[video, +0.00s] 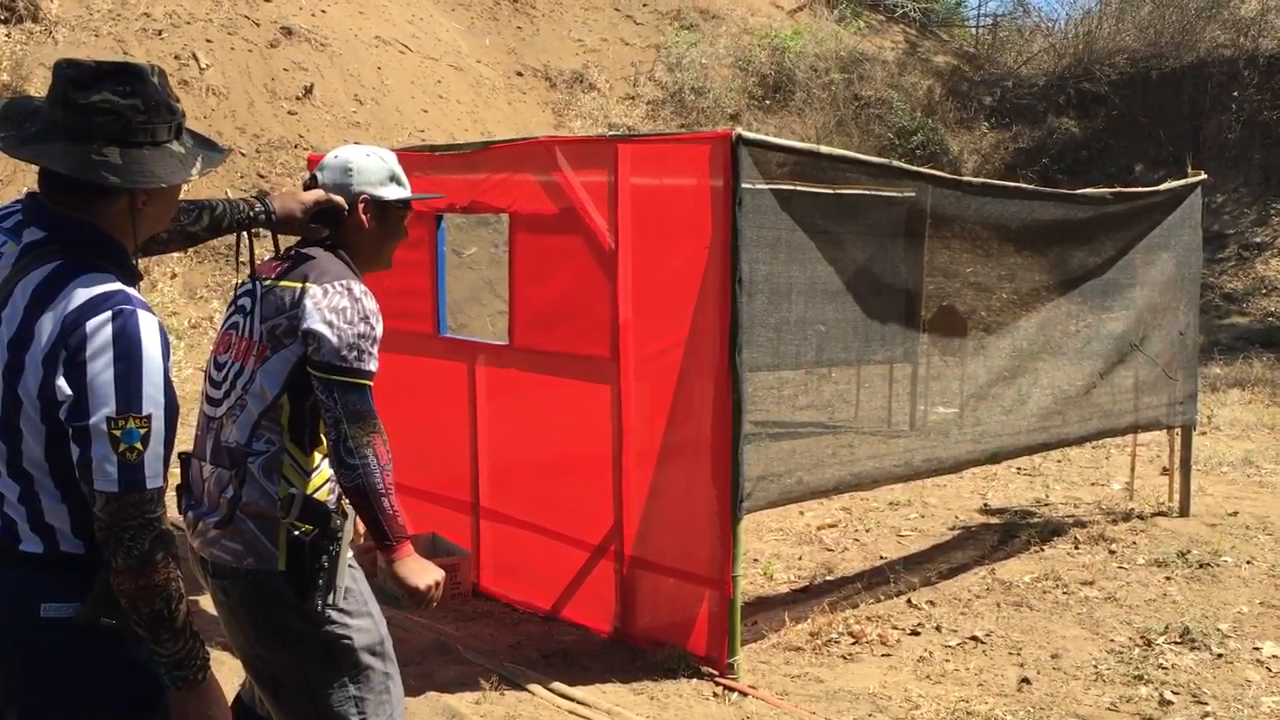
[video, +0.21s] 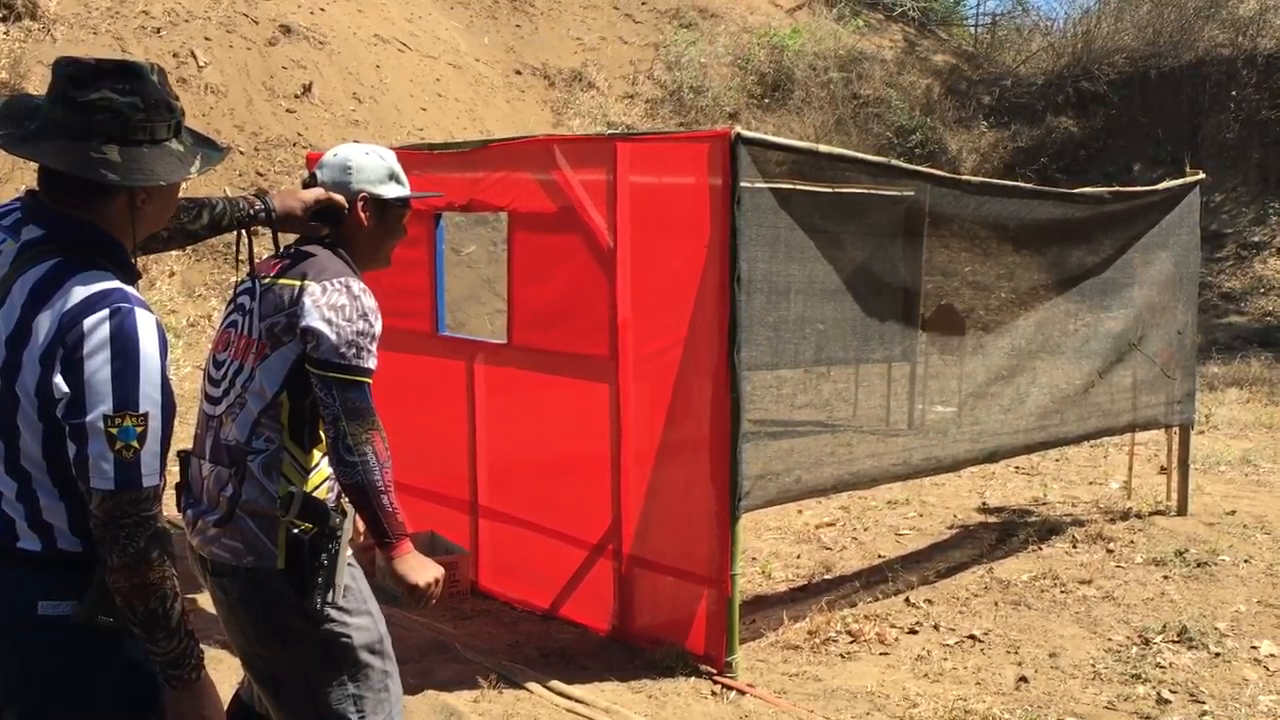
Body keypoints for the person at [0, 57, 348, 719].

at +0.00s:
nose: (183, 191)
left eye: (184, 178)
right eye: (175, 179)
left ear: (53, 168)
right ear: (138, 195)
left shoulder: (15, 230)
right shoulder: (115, 324)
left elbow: (144, 223)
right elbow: (132, 536)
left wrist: (269, 208)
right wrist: (193, 678)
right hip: (70, 609)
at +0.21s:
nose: (182, 189)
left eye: (182, 176)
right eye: (174, 177)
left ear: (53, 167)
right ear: (134, 194)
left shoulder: (14, 228)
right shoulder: (113, 322)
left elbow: (146, 221)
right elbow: (128, 533)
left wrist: (272, 206)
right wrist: (187, 677)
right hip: (68, 607)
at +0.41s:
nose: (181, 188)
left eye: (181, 174)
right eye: (172, 175)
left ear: (51, 165)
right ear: (134, 191)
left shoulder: (13, 226)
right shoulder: (110, 320)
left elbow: (144, 219)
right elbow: (126, 534)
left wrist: (269, 206)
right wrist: (182, 676)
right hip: (64, 609)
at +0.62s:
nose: (174, 191)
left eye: (176, 177)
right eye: (168, 178)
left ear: (48, 166)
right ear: (130, 193)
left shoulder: (13, 227)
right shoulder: (106, 319)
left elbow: (126, 225)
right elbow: (122, 531)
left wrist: (247, 199)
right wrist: (180, 674)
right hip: (58, 617)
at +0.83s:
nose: (149, 188)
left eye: (148, 174)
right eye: (144, 174)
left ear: (28, 173)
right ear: (108, 192)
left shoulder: (7, 243)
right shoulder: (86, 321)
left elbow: (107, 226)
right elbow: (110, 526)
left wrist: (231, 195)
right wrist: (169, 668)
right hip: (52, 618)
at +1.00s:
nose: (106, 197)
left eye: (103, 182)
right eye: (95, 183)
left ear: (39, 198)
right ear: (52, 200)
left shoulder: (17, 274)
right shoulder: (42, 316)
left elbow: (95, 230)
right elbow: (66, 515)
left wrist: (210, 189)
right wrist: (134, 646)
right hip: (41, 627)